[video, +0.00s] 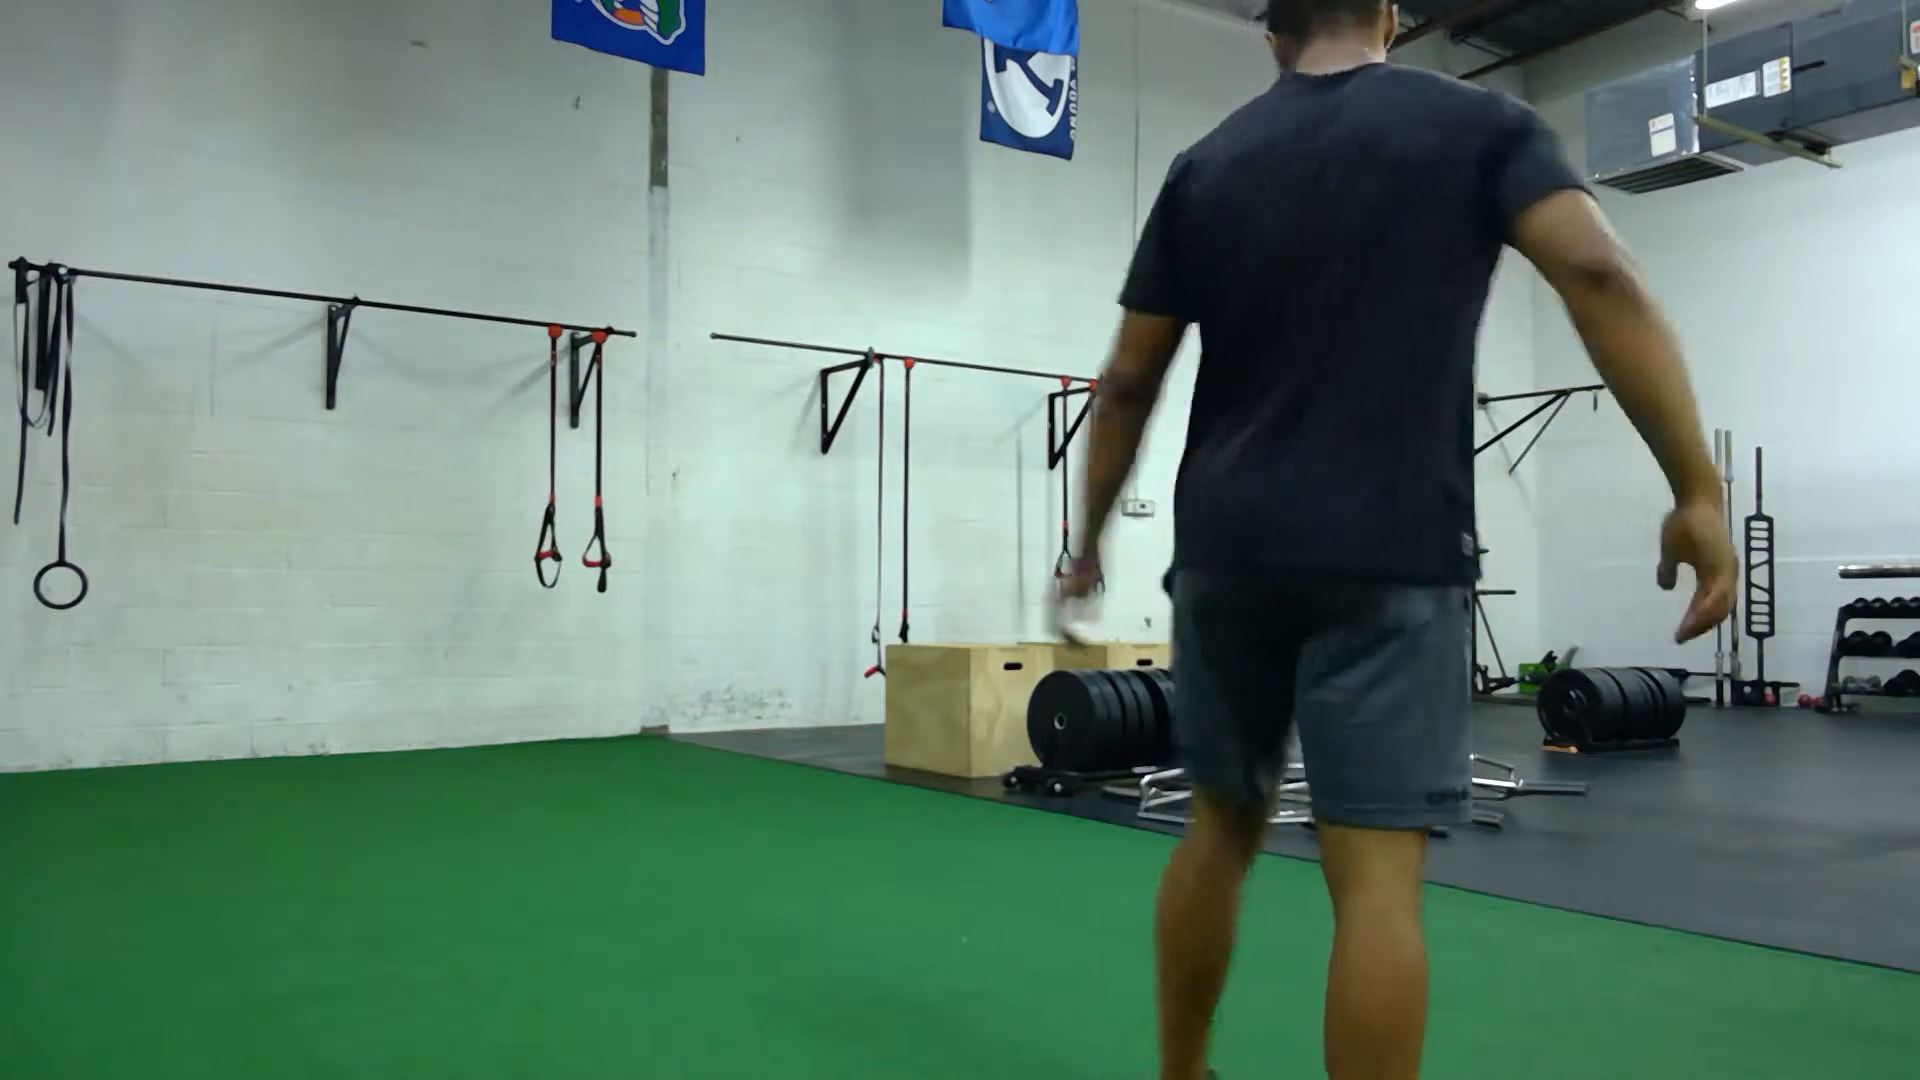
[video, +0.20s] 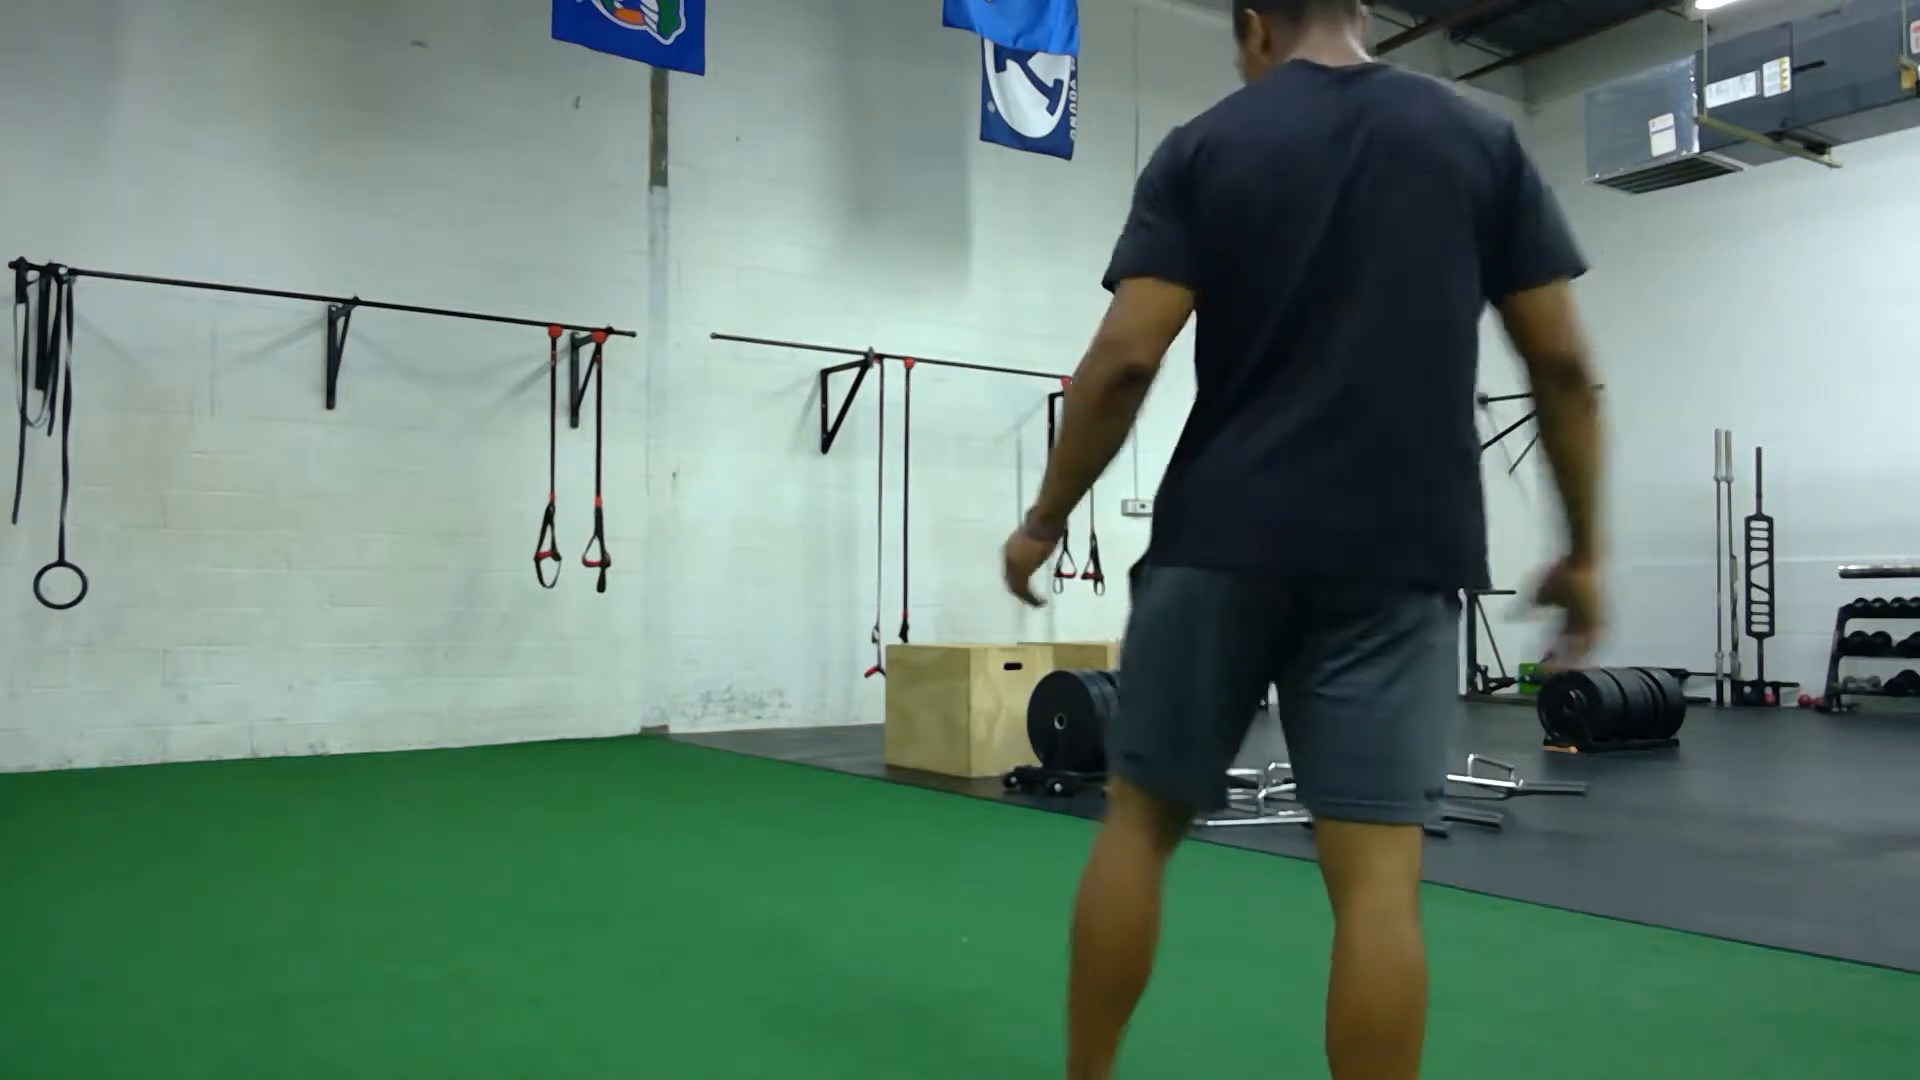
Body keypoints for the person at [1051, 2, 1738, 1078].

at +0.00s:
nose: (1399, 23)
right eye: (1398, 15)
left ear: (1270, 35)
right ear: (1387, 18)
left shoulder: (1205, 167)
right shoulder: (1474, 121)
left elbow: (1127, 381)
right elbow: (1599, 273)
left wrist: (1088, 531)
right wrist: (1697, 487)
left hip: (1228, 546)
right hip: (1397, 546)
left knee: (1217, 819)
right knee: (1378, 877)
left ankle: (1179, 1067)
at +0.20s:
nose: (1242, 59)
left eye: (1239, 41)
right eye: (1245, 45)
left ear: (1254, 26)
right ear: (1364, 24)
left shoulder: (1207, 146)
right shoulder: (1477, 136)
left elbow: (1122, 362)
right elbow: (1564, 367)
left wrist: (1045, 516)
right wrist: (1582, 548)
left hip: (1221, 545)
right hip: (1406, 552)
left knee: (1139, 821)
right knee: (1378, 880)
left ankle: (1086, 1068)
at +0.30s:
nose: (1207, 62)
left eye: (1206, 41)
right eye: (1208, 43)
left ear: (1229, 23)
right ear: (1329, 24)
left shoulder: (1189, 146)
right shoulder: (1449, 146)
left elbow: (1159, 354)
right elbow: (1499, 383)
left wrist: (1081, 517)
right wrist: (1464, 549)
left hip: (1213, 545)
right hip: (1387, 553)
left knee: (1116, 835)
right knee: (1368, 880)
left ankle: (1065, 1067)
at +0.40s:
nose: (1165, 68)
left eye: (1164, 46)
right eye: (1167, 47)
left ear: (1189, 27)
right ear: (1286, 31)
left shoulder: (1158, 149)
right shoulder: (1402, 159)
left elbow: (1157, 356)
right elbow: (1432, 396)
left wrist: (1096, 533)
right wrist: (1356, 511)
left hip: (1183, 555)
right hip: (1352, 560)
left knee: (1102, 855)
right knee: (1349, 881)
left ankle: (1059, 1068)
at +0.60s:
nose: (1057, 82)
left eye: (1060, 58)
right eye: (1060, 60)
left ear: (1089, 43)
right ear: (1178, 42)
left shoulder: (1060, 163)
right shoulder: (1290, 174)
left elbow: (1011, 384)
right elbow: (1315, 405)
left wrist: (992, 522)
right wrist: (1245, 518)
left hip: (1092, 554)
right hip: (1253, 554)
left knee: (1059, 855)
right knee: (1283, 839)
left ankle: (1043, 1070)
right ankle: (1351, 1070)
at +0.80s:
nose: (979, 104)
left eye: (977, 84)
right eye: (979, 86)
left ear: (999, 61)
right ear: (1084, 57)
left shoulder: (981, 172)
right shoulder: (1212, 171)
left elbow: (935, 402)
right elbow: (1285, 372)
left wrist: (934, 455)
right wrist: (1319, 558)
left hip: (1070, 544)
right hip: (1207, 542)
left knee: (1053, 853)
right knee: (1119, 759)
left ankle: (1045, 1079)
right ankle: (1223, 985)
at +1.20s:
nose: (936, 100)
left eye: (935, 80)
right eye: (937, 83)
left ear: (960, 61)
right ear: (1050, 60)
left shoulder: (944, 165)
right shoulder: (1153, 179)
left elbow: (926, 357)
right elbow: (1194, 395)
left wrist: (916, 480)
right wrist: (1158, 521)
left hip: (1008, 545)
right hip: (1148, 543)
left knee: (1013, 852)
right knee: (1139, 836)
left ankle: (1035, 1076)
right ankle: (1171, 1073)